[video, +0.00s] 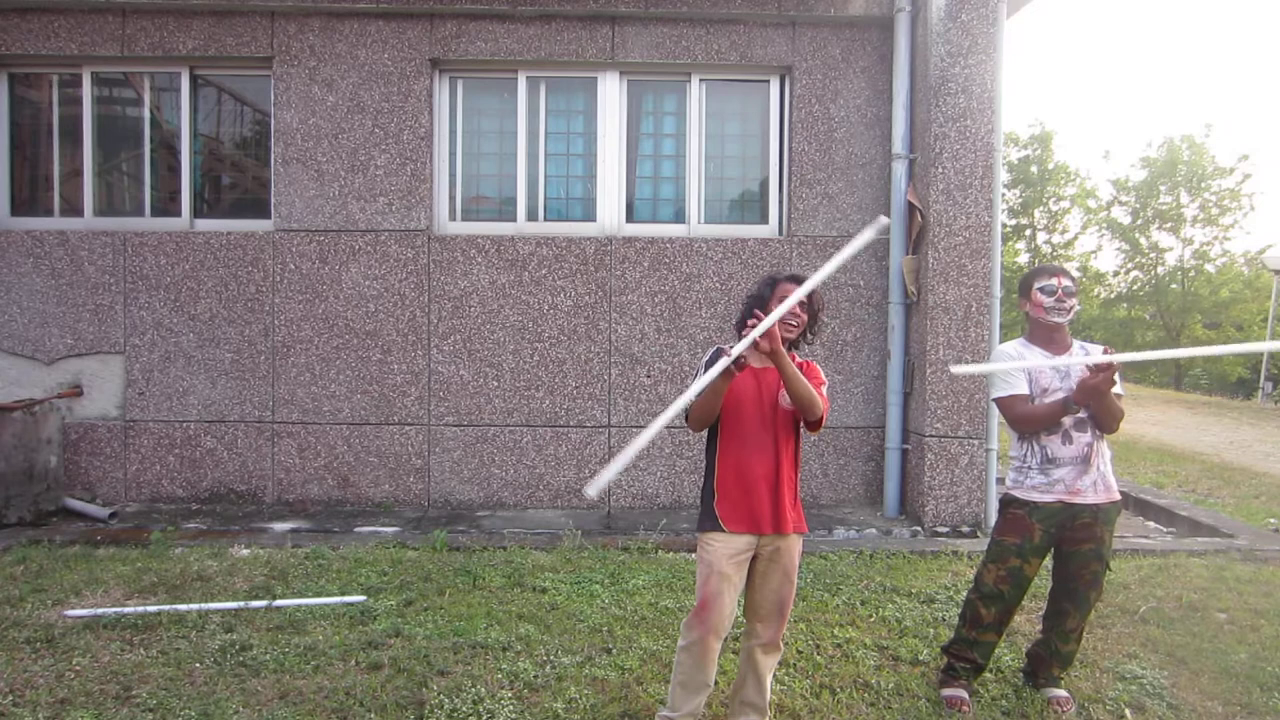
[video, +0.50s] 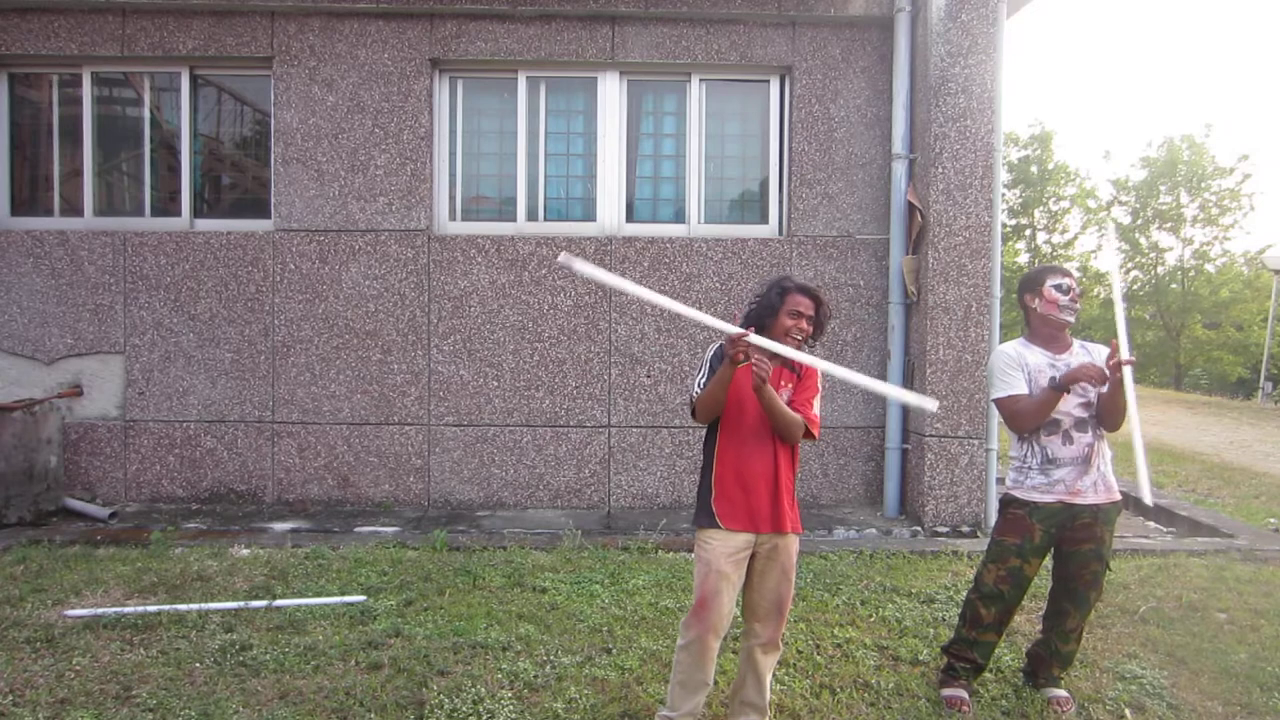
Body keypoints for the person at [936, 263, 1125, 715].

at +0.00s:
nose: (1060, 298)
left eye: (1068, 292)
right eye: (1048, 291)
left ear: (1077, 304)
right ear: (1025, 304)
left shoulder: (1095, 355)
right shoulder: (1008, 355)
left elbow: (1112, 423)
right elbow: (1021, 420)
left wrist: (1099, 393)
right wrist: (1078, 399)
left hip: (1094, 499)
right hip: (1032, 496)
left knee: (1078, 597)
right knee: (997, 586)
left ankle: (1045, 673)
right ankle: (958, 673)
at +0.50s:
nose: (1072, 297)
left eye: (1076, 292)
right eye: (1061, 289)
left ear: (1079, 307)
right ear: (1030, 300)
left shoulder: (1094, 355)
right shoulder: (1009, 355)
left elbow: (1112, 422)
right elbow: (1020, 421)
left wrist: (1117, 379)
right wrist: (1065, 382)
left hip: (1093, 499)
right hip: (1032, 497)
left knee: (1077, 598)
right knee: (996, 587)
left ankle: (1046, 673)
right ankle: (957, 675)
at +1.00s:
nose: (1068, 299)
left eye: (1071, 294)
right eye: (1056, 290)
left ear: (1074, 307)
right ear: (1026, 302)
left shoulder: (1091, 355)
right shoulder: (1007, 358)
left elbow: (1112, 421)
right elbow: (1024, 422)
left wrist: (1114, 372)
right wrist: (1076, 380)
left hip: (1096, 500)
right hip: (1035, 498)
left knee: (1079, 598)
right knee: (998, 588)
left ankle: (1046, 673)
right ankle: (958, 675)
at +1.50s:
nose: (1069, 298)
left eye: (1072, 293)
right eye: (1057, 289)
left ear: (1075, 307)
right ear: (1027, 301)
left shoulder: (1092, 356)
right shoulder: (1008, 356)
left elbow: (1113, 422)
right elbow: (1028, 423)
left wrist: (1119, 376)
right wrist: (1082, 387)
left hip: (1094, 498)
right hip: (1033, 496)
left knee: (1078, 597)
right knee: (997, 588)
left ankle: (1045, 673)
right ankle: (958, 675)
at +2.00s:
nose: (1067, 297)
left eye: (1071, 291)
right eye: (1054, 290)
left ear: (1075, 304)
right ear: (1026, 303)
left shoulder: (1093, 357)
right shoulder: (1009, 354)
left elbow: (1112, 424)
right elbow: (1026, 418)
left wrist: (1117, 391)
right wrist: (1074, 381)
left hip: (1094, 499)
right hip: (1033, 497)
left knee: (1078, 598)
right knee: (997, 588)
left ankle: (1046, 673)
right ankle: (958, 675)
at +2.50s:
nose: (1068, 301)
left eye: (1073, 295)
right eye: (1056, 293)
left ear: (1077, 306)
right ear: (1027, 303)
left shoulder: (1091, 355)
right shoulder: (1008, 358)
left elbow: (1113, 421)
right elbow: (1026, 419)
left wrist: (1113, 372)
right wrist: (1067, 375)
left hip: (1095, 499)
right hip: (1034, 497)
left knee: (1078, 597)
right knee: (998, 587)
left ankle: (1045, 673)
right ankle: (959, 675)